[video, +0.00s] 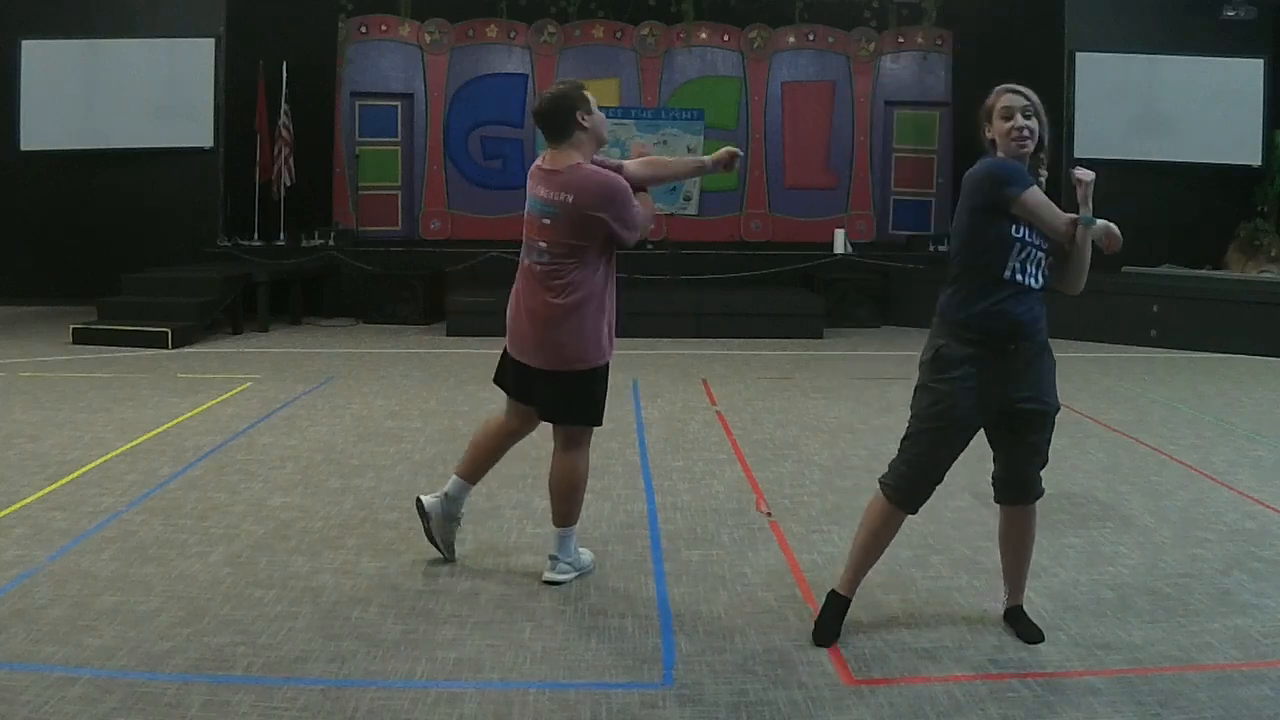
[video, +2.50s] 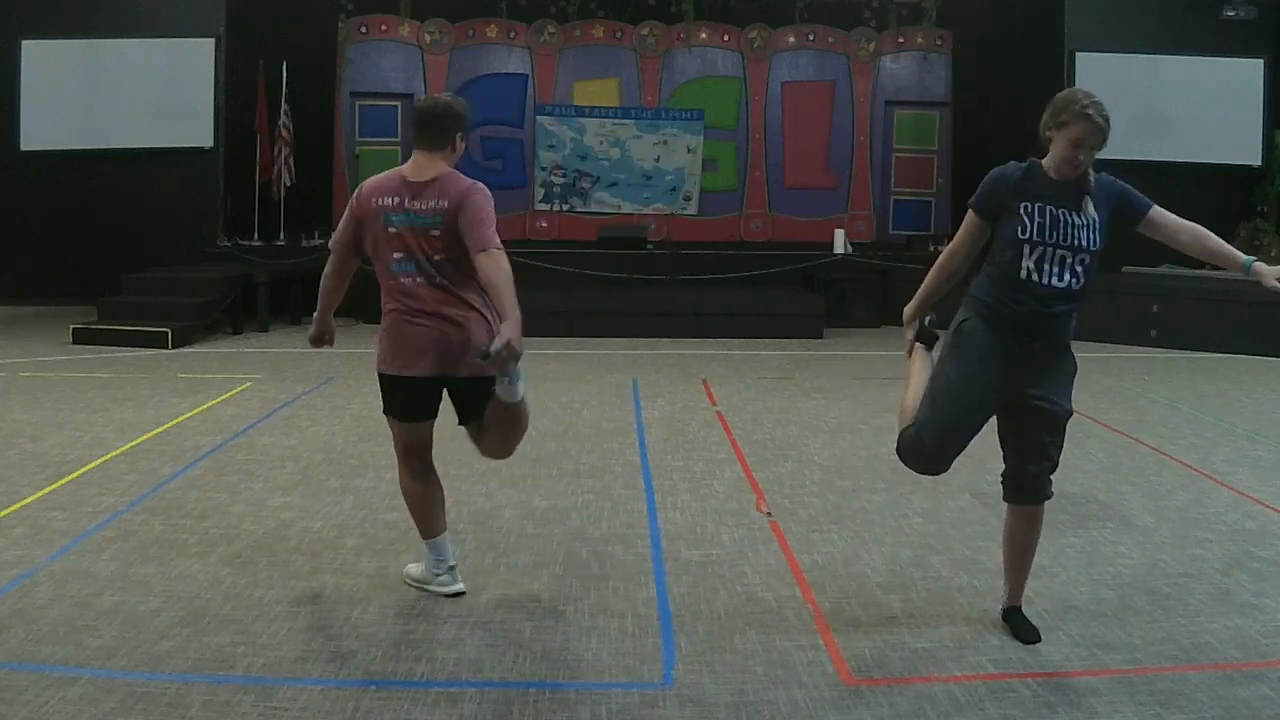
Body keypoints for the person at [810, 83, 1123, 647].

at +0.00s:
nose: (1020, 123)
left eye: (1028, 115)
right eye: (1007, 117)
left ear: (1041, 130)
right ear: (989, 132)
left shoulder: (1041, 206)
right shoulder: (990, 175)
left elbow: (1072, 281)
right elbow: (1063, 228)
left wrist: (1081, 215)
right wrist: (1096, 226)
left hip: (1025, 361)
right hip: (961, 356)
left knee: (1021, 486)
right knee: (908, 481)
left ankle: (1014, 604)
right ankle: (842, 594)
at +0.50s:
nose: (949, 132)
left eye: (961, 123)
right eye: (940, 124)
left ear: (983, 133)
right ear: (930, 134)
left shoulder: (1005, 198)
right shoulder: (909, 194)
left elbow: (1078, 248)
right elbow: (906, 269)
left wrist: (1027, 204)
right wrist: (991, 249)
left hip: (995, 368)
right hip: (921, 366)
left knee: (1004, 491)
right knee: (885, 490)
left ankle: (1013, 604)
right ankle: (839, 605)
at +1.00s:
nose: (892, 136)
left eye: (903, 126)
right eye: (885, 129)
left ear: (930, 130)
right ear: (880, 138)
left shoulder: (962, 175)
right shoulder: (872, 206)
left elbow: (895, 211)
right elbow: (868, 280)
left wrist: (798, 220)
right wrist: (896, 223)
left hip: (972, 360)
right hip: (899, 363)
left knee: (993, 486)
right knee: (875, 487)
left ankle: (1014, 602)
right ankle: (838, 604)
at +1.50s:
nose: (892, 147)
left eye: (900, 135)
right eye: (884, 140)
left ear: (928, 135)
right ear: (882, 148)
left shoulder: (972, 182)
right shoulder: (877, 214)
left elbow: (909, 227)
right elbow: (867, 299)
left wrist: (825, 237)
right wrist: (892, 257)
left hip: (968, 363)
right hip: (897, 364)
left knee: (994, 493)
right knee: (869, 489)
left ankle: (1009, 603)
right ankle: (837, 605)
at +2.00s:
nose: (1028, 150)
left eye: (1037, 139)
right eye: (1017, 139)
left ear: (1051, 136)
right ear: (997, 135)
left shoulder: (1076, 182)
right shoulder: (971, 193)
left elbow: (1143, 231)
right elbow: (927, 266)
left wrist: (1209, 282)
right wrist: (875, 330)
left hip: (1037, 355)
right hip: (972, 343)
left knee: (1028, 486)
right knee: (922, 453)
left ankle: (1013, 606)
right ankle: (865, 411)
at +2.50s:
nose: (1083, 160)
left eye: (1092, 151)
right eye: (1074, 147)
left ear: (1100, 147)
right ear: (1047, 135)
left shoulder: (1109, 195)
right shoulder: (1007, 183)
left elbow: (1182, 232)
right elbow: (957, 253)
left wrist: (1254, 267)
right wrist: (915, 310)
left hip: (1048, 357)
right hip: (985, 343)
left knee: (1030, 484)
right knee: (922, 456)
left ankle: (1012, 605)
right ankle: (921, 345)